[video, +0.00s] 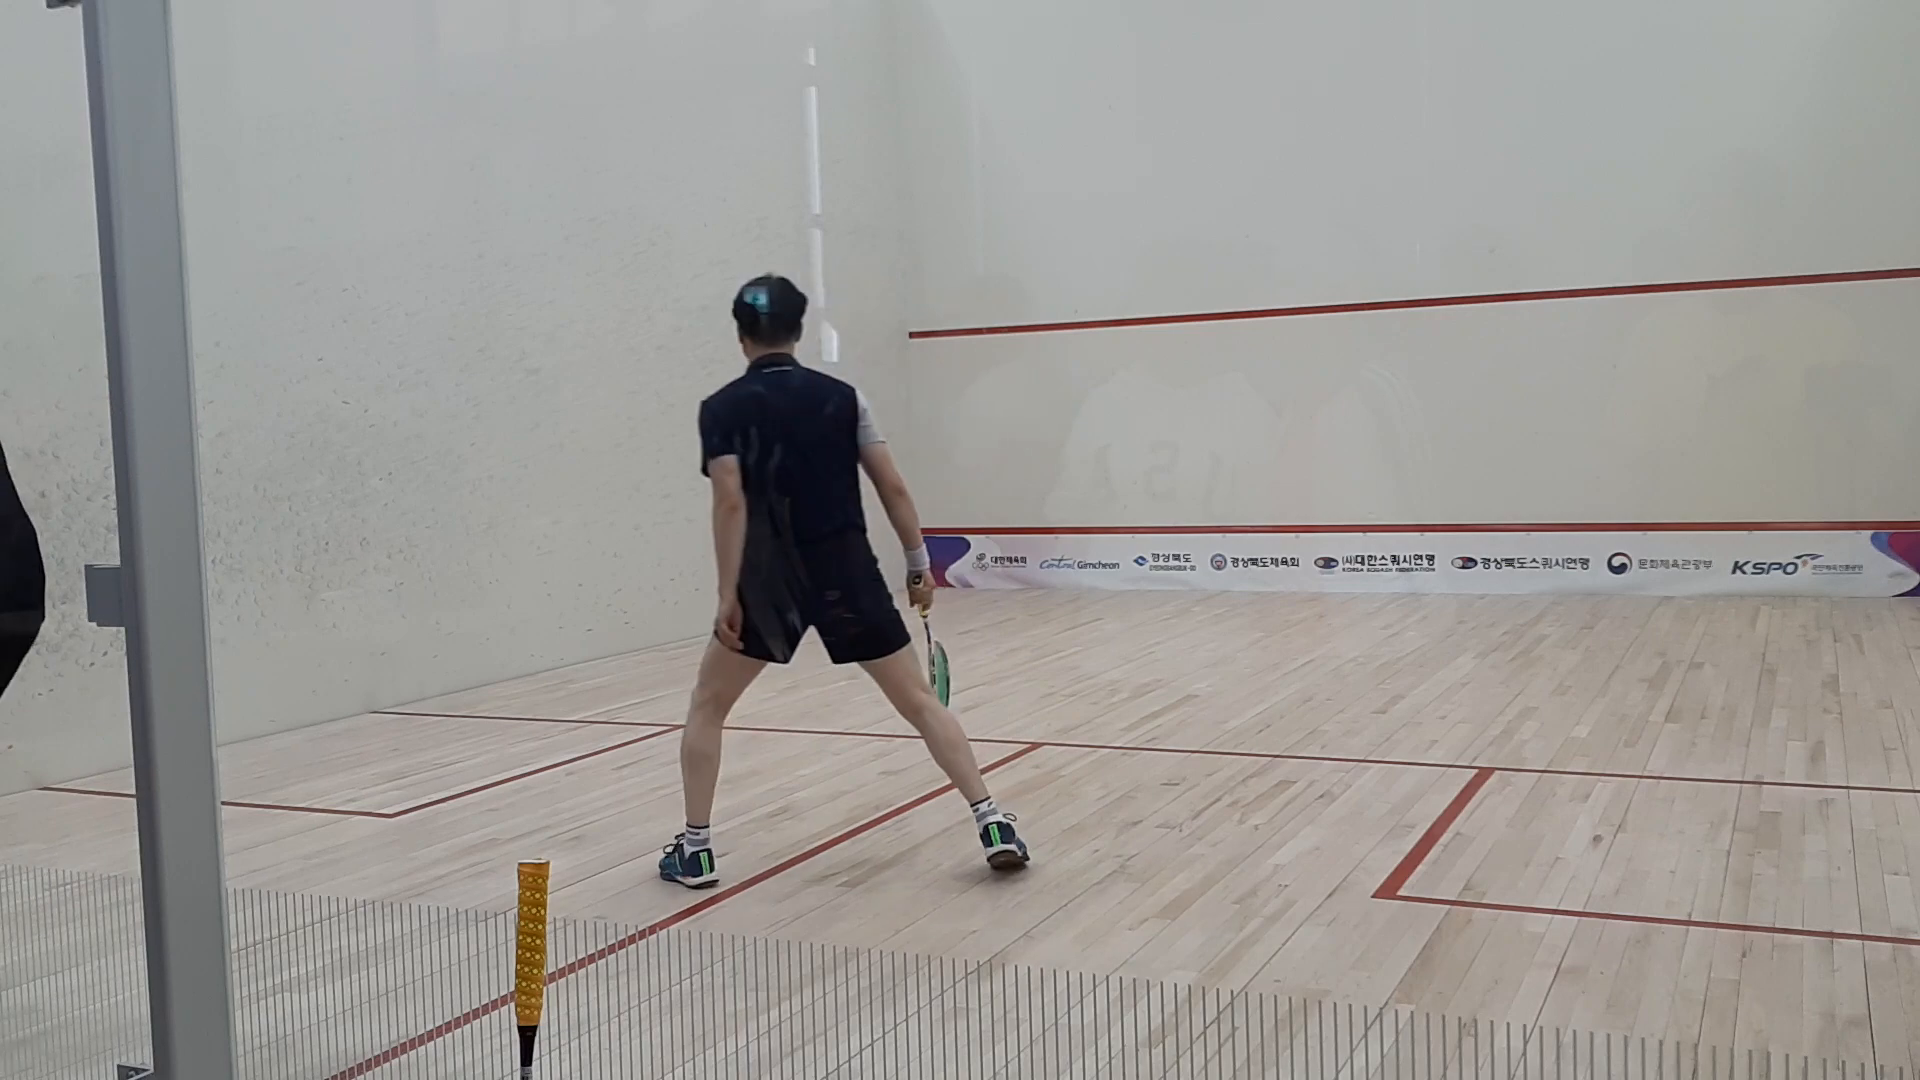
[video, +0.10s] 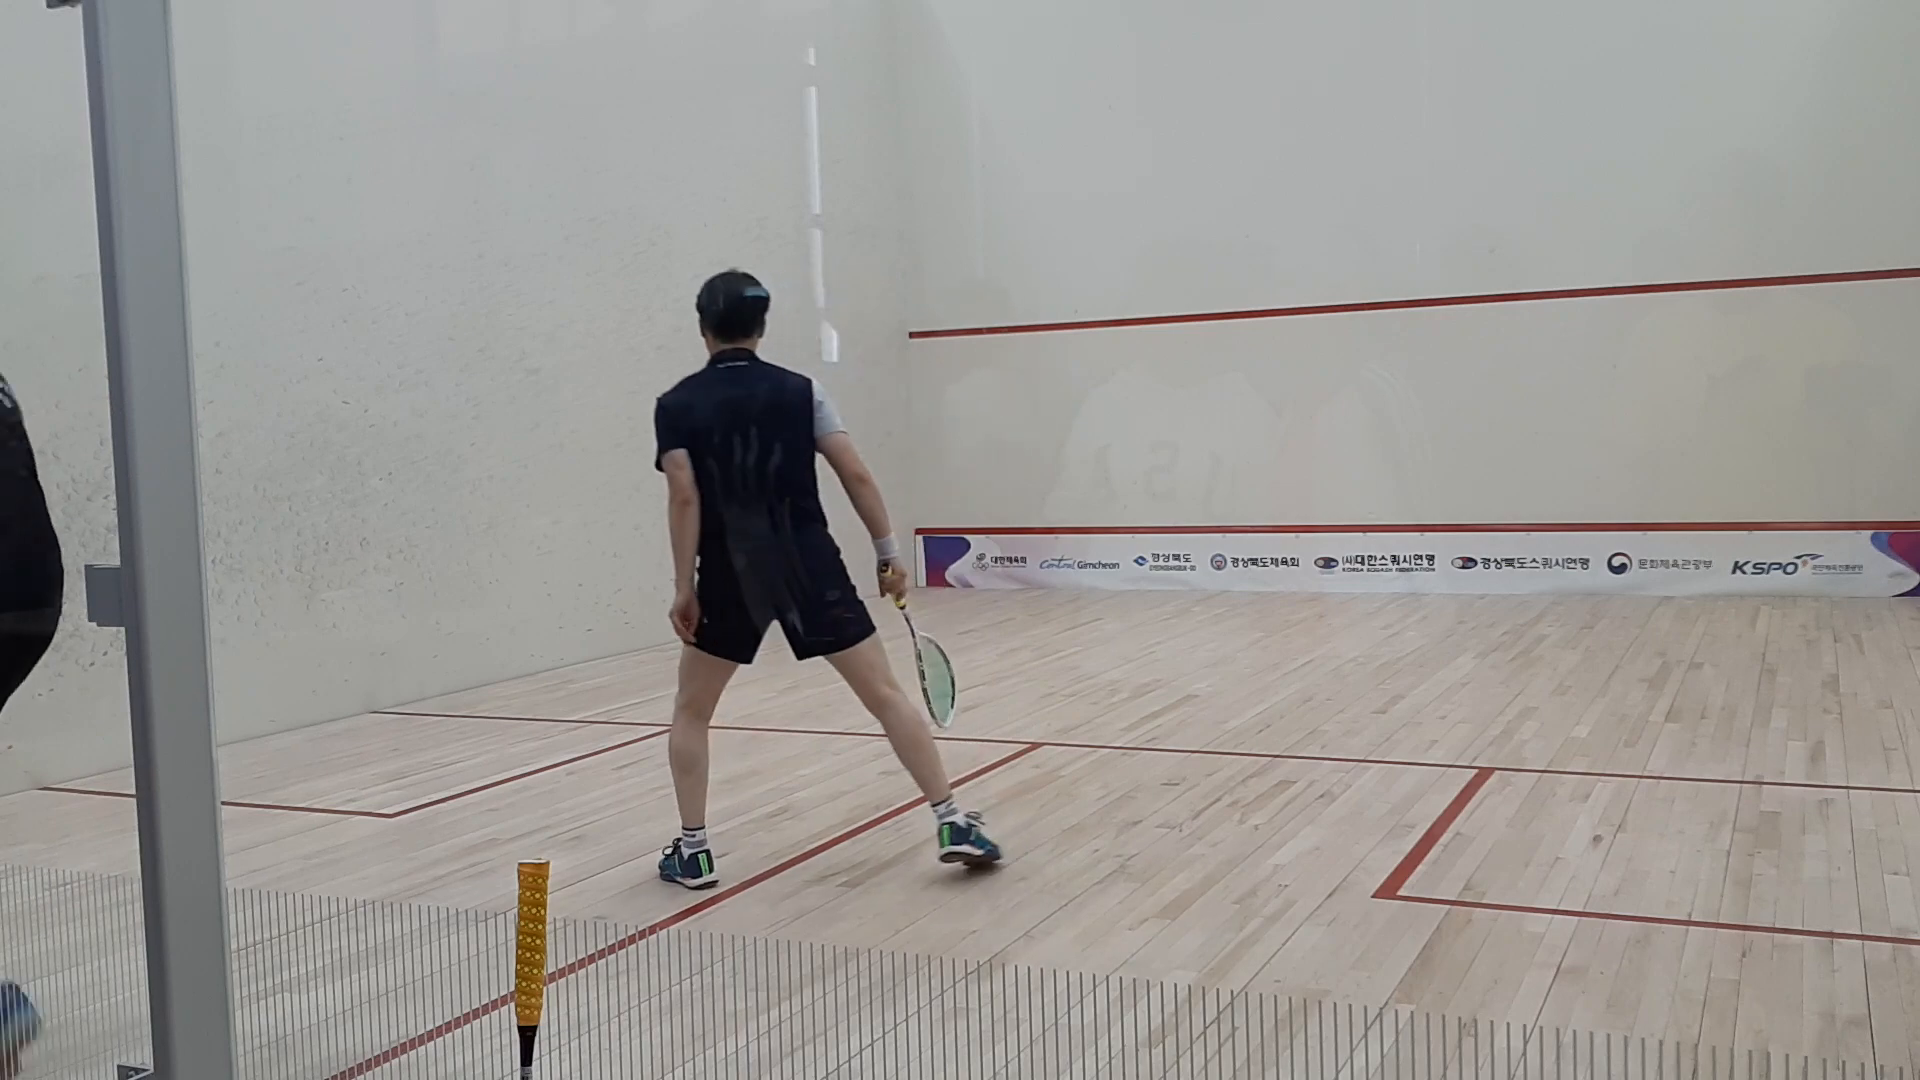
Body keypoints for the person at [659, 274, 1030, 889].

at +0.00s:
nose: (747, 335)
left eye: (741, 327)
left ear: (740, 332)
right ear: (799, 330)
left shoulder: (722, 409)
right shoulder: (842, 395)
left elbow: (730, 502)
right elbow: (891, 488)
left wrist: (728, 593)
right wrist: (919, 562)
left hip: (767, 587)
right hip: (850, 581)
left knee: (707, 709)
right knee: (921, 702)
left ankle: (694, 845)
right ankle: (990, 818)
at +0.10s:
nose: (702, 329)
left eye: (701, 321)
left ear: (702, 327)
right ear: (762, 325)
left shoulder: (676, 404)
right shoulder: (800, 391)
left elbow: (684, 495)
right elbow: (854, 474)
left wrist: (684, 585)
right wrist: (888, 552)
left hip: (731, 581)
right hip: (812, 571)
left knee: (690, 715)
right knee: (886, 695)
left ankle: (692, 847)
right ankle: (951, 820)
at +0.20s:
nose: (694, 305)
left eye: (685, 294)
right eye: (735, 295)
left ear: (680, 300)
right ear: (741, 299)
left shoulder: (654, 374)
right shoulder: (776, 360)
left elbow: (658, 464)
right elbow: (830, 447)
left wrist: (659, 556)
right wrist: (859, 525)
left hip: (703, 553)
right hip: (784, 543)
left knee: (691, 699)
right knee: (835, 682)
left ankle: (688, 840)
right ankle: (870, 815)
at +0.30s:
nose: (719, 287)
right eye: (725, 276)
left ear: (666, 285)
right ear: (729, 283)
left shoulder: (641, 356)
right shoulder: (766, 346)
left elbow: (641, 450)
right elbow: (811, 433)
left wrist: (637, 542)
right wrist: (841, 514)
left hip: (678, 538)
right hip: (761, 533)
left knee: (656, 689)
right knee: (793, 677)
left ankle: (648, 825)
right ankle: (817, 817)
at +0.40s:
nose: (707, 307)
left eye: (664, 299)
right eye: (713, 298)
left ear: (654, 304)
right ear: (716, 303)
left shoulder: (629, 378)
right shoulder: (753, 371)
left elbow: (621, 473)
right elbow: (799, 461)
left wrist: (605, 565)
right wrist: (825, 543)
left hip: (656, 563)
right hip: (742, 561)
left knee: (602, 694)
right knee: (775, 701)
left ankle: (568, 835)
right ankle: (793, 847)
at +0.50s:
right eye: (696, 336)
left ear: (634, 346)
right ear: (696, 344)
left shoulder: (613, 421)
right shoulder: (736, 413)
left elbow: (586, 516)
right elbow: (781, 504)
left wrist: (555, 609)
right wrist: (809, 586)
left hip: (630, 602)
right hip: (717, 604)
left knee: (553, 711)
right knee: (770, 732)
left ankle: (520, 834)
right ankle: (787, 865)